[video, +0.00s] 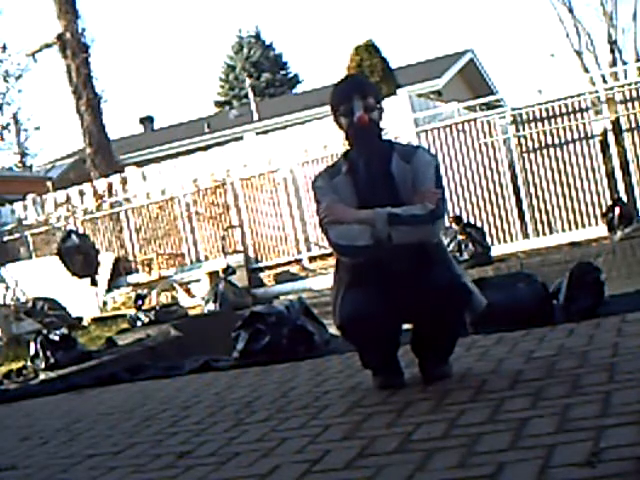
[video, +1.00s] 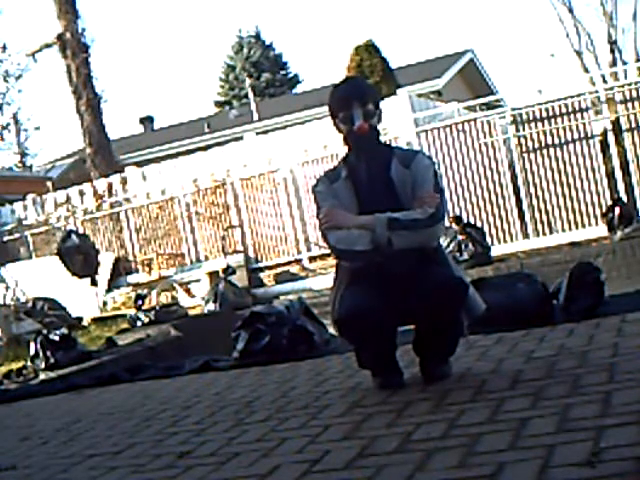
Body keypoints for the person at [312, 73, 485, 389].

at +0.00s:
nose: (361, 118)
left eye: (368, 107)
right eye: (349, 112)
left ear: (381, 110)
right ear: (338, 121)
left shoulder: (417, 159)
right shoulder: (327, 182)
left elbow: (433, 224)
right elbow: (344, 242)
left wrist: (356, 216)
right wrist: (413, 213)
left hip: (423, 266)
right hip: (365, 278)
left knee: (446, 296)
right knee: (359, 316)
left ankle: (434, 358)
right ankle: (384, 367)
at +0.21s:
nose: (363, 120)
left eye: (370, 109)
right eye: (351, 113)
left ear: (382, 110)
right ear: (339, 121)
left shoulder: (418, 160)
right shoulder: (328, 182)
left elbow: (434, 223)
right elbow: (345, 244)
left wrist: (357, 218)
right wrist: (414, 215)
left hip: (423, 265)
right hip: (365, 277)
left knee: (446, 298)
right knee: (359, 316)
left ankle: (434, 358)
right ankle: (384, 367)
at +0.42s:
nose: (362, 123)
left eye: (369, 112)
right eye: (350, 116)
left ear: (381, 112)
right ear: (338, 122)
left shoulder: (418, 163)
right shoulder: (329, 184)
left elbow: (434, 228)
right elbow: (346, 247)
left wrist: (359, 222)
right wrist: (415, 220)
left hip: (423, 265)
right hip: (365, 277)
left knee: (444, 295)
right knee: (359, 315)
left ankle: (434, 358)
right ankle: (384, 367)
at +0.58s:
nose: (362, 125)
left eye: (370, 114)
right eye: (350, 118)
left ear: (381, 114)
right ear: (338, 124)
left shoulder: (417, 165)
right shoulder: (328, 185)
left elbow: (434, 227)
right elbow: (345, 247)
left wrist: (359, 223)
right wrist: (415, 221)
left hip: (422, 266)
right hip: (365, 278)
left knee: (446, 291)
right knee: (358, 314)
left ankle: (435, 358)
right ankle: (383, 367)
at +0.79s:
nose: (361, 125)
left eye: (368, 113)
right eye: (349, 118)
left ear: (380, 114)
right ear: (337, 124)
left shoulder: (416, 164)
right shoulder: (327, 185)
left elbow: (431, 228)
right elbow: (342, 245)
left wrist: (358, 222)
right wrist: (413, 219)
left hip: (422, 267)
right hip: (365, 278)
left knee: (447, 292)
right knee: (357, 314)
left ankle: (435, 359)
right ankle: (383, 367)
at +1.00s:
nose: (360, 125)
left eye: (368, 113)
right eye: (348, 118)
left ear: (379, 114)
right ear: (336, 124)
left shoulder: (415, 163)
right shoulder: (327, 185)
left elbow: (432, 227)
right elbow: (341, 244)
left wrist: (357, 222)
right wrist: (412, 217)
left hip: (421, 267)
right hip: (364, 277)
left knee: (447, 290)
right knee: (355, 313)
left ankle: (435, 358)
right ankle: (384, 368)